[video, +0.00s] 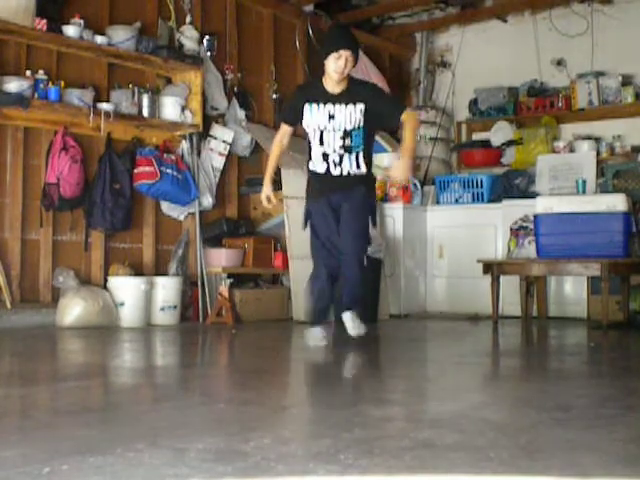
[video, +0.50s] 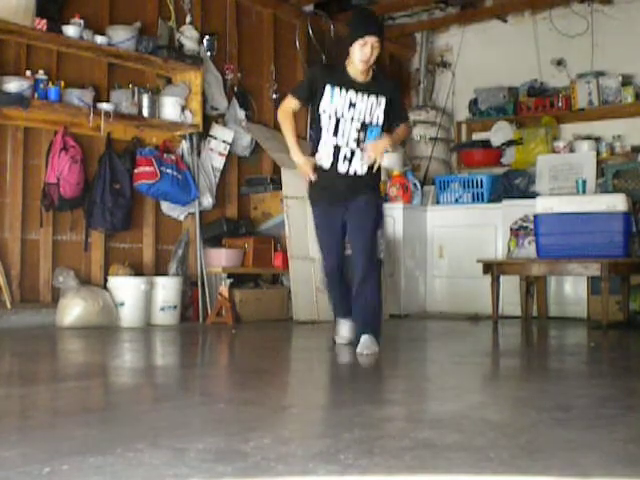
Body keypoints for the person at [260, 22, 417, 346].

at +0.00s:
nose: (344, 65)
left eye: (349, 59)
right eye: (338, 58)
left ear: (354, 63)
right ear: (324, 58)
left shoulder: (367, 95)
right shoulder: (304, 95)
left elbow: (410, 117)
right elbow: (283, 135)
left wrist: (405, 161)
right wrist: (268, 179)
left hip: (356, 187)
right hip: (320, 188)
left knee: (353, 249)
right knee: (324, 253)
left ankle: (350, 308)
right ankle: (320, 321)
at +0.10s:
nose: (344, 66)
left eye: (351, 60)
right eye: (339, 58)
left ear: (356, 63)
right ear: (326, 58)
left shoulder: (369, 95)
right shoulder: (306, 96)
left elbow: (400, 130)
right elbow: (289, 132)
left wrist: (369, 146)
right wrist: (273, 171)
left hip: (358, 194)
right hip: (323, 194)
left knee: (361, 265)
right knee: (330, 264)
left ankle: (344, 323)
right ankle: (314, 325)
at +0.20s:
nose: (351, 51)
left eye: (356, 45)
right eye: (345, 44)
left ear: (360, 47)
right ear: (330, 45)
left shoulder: (370, 80)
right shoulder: (310, 79)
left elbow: (399, 122)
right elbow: (286, 116)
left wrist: (364, 127)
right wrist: (273, 158)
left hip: (360, 182)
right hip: (323, 182)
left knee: (360, 250)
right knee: (328, 251)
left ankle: (358, 316)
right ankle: (330, 318)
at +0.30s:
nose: (355, 48)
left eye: (361, 42)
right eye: (349, 41)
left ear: (366, 45)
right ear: (337, 41)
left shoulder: (374, 78)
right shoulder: (313, 75)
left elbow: (399, 117)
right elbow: (280, 110)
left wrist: (375, 126)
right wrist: (270, 152)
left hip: (361, 181)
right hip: (323, 182)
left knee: (362, 250)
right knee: (327, 254)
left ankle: (366, 320)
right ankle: (345, 316)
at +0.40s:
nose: (362, 59)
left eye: (367, 53)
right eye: (356, 51)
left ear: (372, 56)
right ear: (342, 52)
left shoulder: (383, 93)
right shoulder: (318, 88)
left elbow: (399, 127)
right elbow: (278, 118)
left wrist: (383, 142)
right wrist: (280, 159)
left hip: (363, 188)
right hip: (327, 191)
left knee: (355, 251)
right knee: (332, 265)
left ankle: (368, 330)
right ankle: (349, 327)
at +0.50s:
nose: (369, 52)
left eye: (374, 46)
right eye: (363, 45)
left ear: (379, 50)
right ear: (349, 46)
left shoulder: (386, 88)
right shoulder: (322, 79)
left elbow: (403, 127)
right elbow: (285, 110)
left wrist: (386, 142)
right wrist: (298, 155)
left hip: (363, 188)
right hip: (325, 187)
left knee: (365, 259)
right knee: (332, 261)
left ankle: (367, 332)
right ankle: (343, 317)